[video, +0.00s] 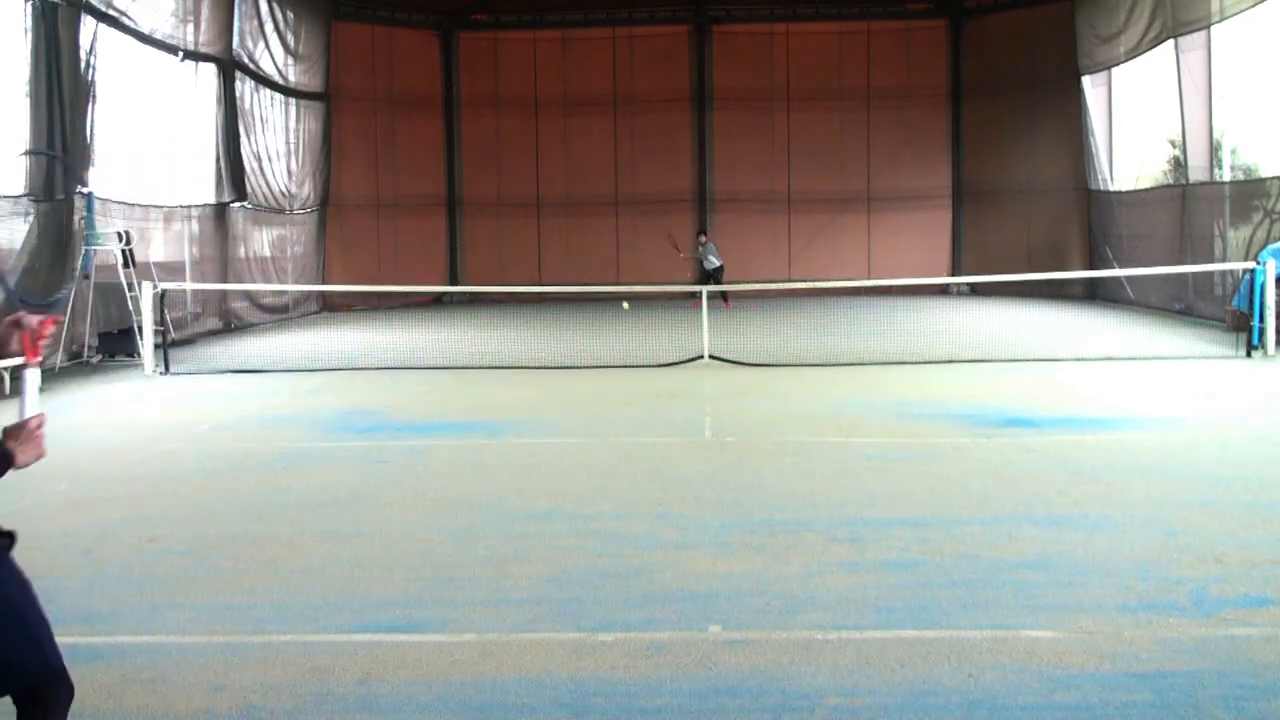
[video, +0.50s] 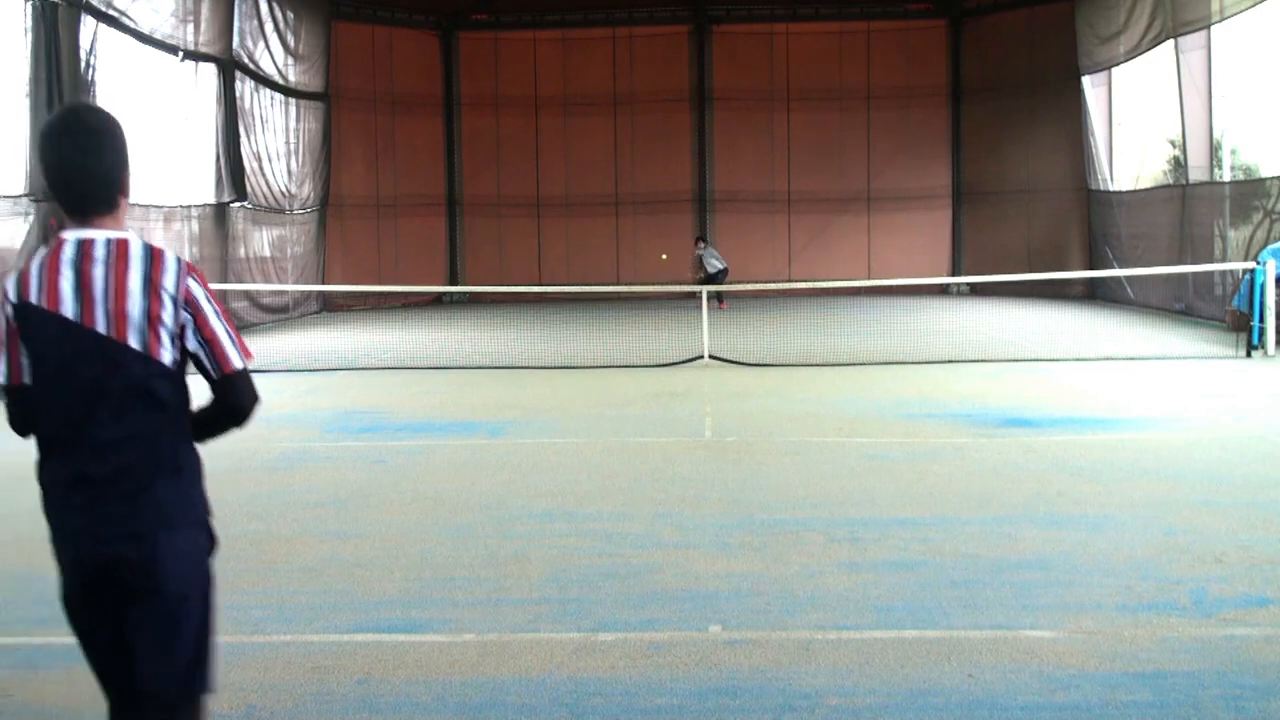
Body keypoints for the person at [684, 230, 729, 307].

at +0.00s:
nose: (701, 239)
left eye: (703, 237)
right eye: (699, 237)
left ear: (706, 237)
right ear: (698, 239)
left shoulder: (709, 246)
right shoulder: (701, 248)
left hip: (716, 267)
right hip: (707, 269)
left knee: (719, 284)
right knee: (701, 283)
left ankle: (726, 301)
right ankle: (701, 299)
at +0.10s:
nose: (699, 241)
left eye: (700, 239)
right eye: (697, 239)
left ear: (704, 239)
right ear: (696, 241)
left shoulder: (707, 247)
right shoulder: (700, 249)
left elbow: (699, 256)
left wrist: (688, 260)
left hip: (716, 268)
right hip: (707, 270)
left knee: (716, 283)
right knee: (701, 283)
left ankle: (726, 300)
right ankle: (701, 299)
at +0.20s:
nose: (698, 243)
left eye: (699, 240)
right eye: (696, 241)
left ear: (703, 241)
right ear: (695, 242)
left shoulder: (706, 249)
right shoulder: (700, 251)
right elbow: (695, 260)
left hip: (717, 269)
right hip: (708, 271)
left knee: (717, 284)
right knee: (701, 284)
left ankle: (722, 302)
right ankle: (701, 301)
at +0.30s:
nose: (698, 245)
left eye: (699, 242)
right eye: (696, 243)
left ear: (703, 243)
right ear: (694, 245)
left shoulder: (706, 251)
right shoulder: (699, 252)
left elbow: (697, 260)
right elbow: (694, 261)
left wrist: (685, 267)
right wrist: (688, 269)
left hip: (717, 269)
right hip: (707, 271)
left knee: (716, 284)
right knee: (699, 284)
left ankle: (721, 302)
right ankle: (700, 300)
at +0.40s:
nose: (697, 246)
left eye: (698, 244)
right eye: (696, 245)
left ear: (702, 243)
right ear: (695, 246)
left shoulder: (707, 251)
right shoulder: (700, 253)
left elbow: (699, 259)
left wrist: (690, 262)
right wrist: (697, 272)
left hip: (719, 270)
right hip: (710, 272)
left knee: (716, 284)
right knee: (701, 284)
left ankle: (721, 302)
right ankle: (705, 302)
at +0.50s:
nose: (700, 245)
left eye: (701, 243)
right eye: (698, 244)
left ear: (704, 243)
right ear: (696, 245)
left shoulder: (709, 250)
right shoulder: (701, 254)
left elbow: (718, 257)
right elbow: (703, 266)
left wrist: (725, 265)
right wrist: (701, 274)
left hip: (721, 270)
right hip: (712, 273)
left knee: (717, 284)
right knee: (702, 284)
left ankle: (721, 302)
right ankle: (706, 302)